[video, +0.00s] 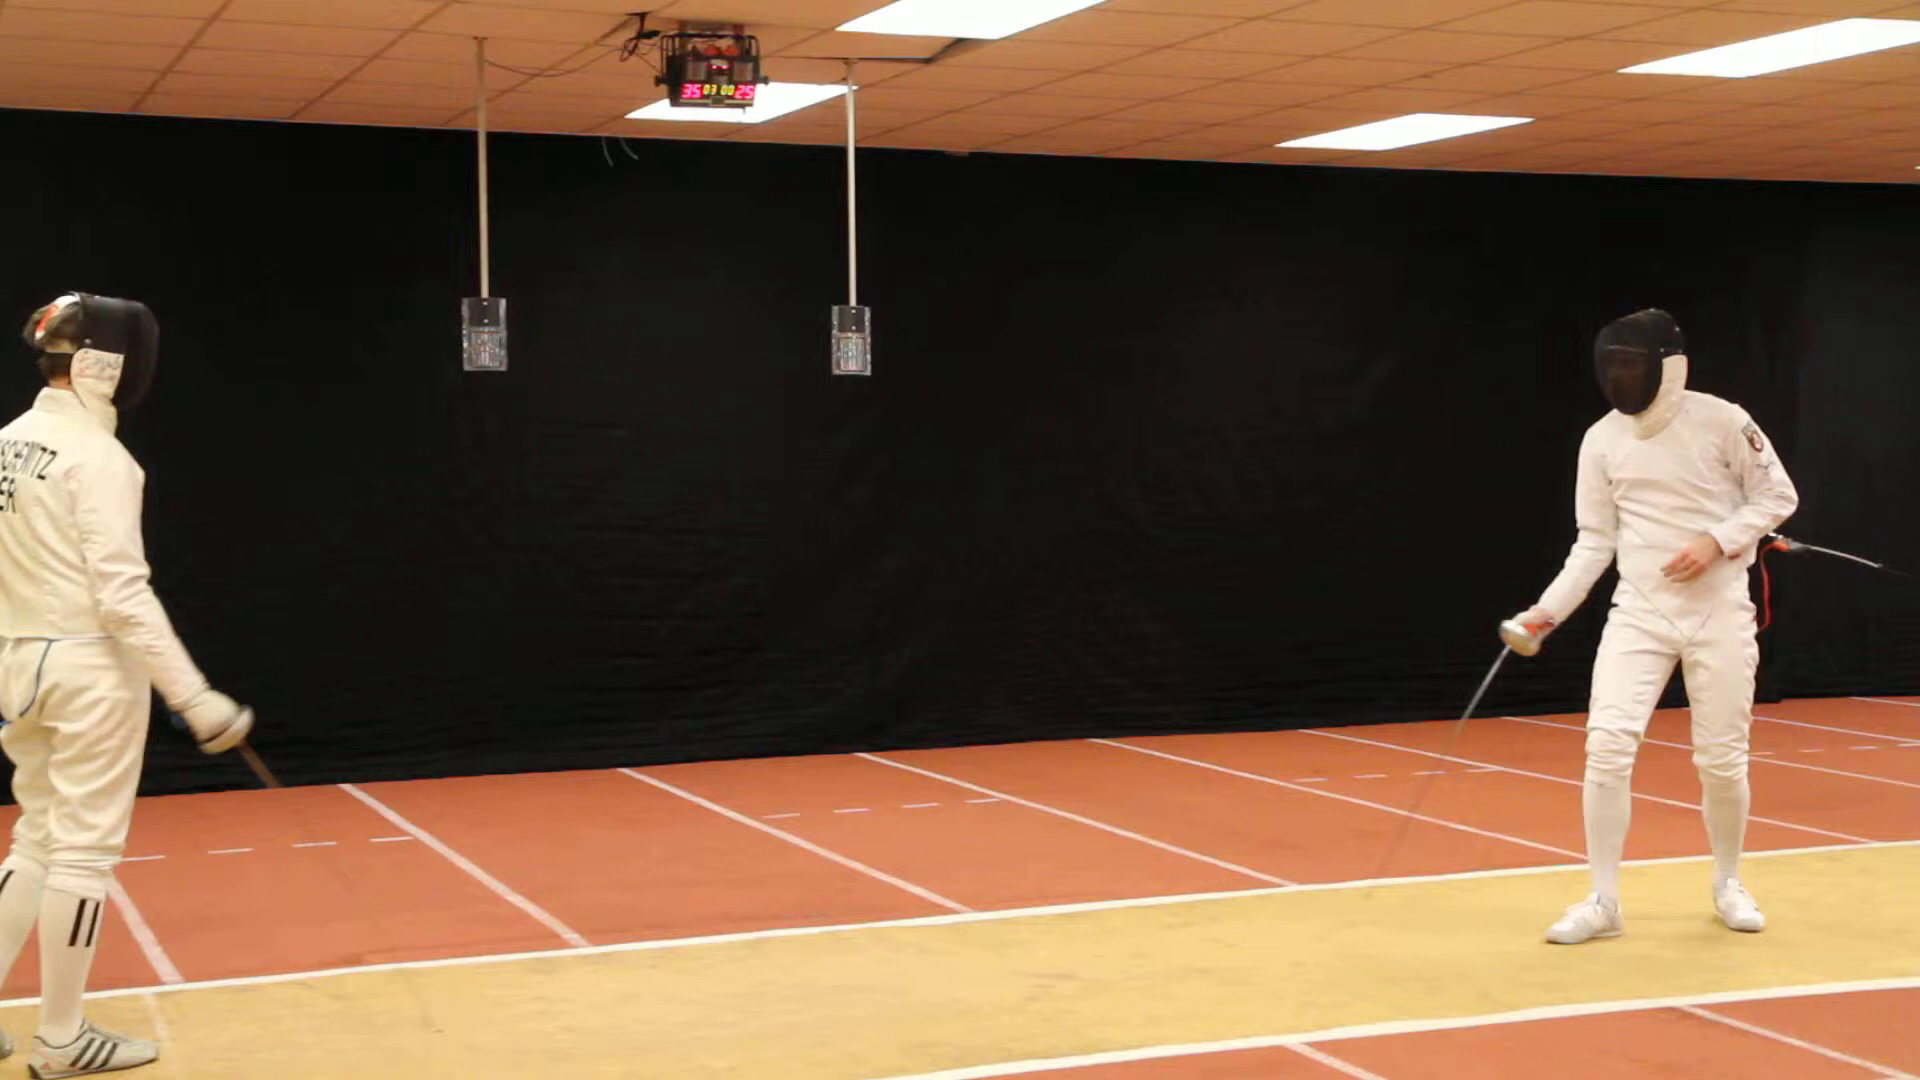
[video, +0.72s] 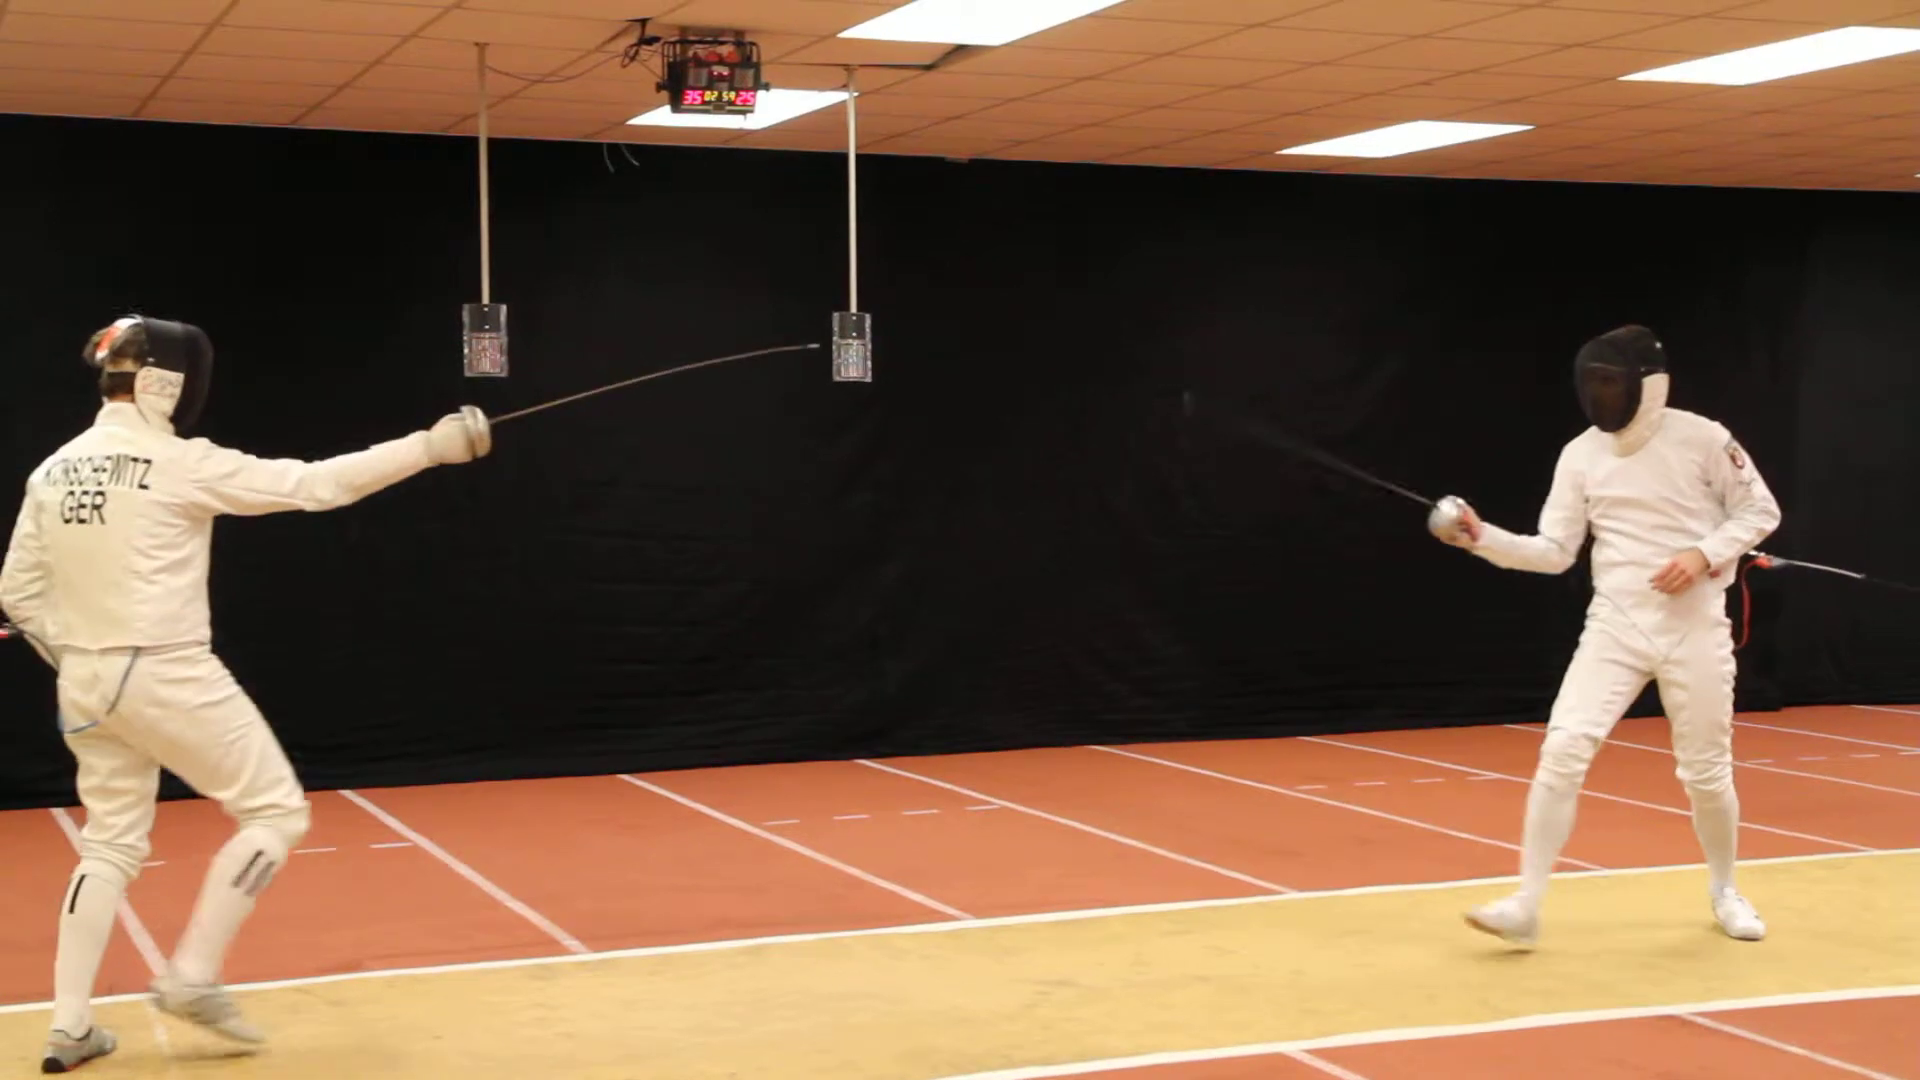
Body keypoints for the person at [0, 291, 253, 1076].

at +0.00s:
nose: (131, 377)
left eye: (129, 362)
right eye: (124, 363)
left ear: (57, 361)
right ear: (99, 366)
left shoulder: (12, 440)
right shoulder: (100, 459)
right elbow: (124, 597)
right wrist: (196, 697)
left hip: (15, 663)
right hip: (88, 667)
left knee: (37, 839)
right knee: (84, 851)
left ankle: (6, 1006)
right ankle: (61, 1036)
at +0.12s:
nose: (139, 386)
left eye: (137, 371)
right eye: (135, 372)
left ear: (61, 366)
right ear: (111, 372)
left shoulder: (16, 446)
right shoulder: (107, 466)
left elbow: (23, 574)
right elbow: (144, 599)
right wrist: (243, 678)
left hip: (19, 669)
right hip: (93, 675)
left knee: (54, 846)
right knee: (84, 857)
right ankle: (59, 1041)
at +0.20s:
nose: (143, 384)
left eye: (139, 370)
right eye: (137, 371)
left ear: (69, 368)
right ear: (109, 372)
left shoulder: (19, 445)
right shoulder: (113, 463)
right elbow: (172, 588)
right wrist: (297, 625)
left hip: (23, 669)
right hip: (97, 673)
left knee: (68, 841)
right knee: (86, 853)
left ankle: (17, 1014)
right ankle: (58, 1041)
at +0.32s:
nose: (148, 383)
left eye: (147, 369)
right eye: (143, 370)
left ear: (73, 366)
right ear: (117, 370)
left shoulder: (23, 447)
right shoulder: (123, 464)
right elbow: (236, 553)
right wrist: (360, 539)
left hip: (31, 671)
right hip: (104, 678)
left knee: (79, 847)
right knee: (88, 855)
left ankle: (61, 1026)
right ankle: (60, 1040)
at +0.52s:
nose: (162, 392)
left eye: (163, 378)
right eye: (160, 378)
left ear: (83, 371)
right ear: (138, 376)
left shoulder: (21, 469)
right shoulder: (151, 456)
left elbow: (11, 598)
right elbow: (288, 474)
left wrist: (62, 660)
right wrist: (412, 444)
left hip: (52, 678)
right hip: (136, 675)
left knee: (92, 845)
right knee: (156, 847)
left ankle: (68, 1027)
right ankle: (73, 1027)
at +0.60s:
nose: (168, 393)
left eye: (169, 380)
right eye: (166, 380)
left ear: (91, 373)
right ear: (144, 378)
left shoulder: (30, 471)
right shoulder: (159, 456)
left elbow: (15, 599)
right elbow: (298, 475)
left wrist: (71, 662)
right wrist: (418, 440)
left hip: (65, 682)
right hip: (150, 675)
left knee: (96, 845)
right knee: (213, 833)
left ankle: (71, 1026)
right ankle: (106, 992)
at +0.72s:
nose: (185, 396)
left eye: (185, 383)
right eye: (181, 383)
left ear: (109, 381)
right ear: (158, 382)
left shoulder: (51, 473)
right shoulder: (180, 462)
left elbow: (19, 589)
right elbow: (319, 484)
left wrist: (80, 661)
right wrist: (434, 444)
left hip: (84, 684)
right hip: (169, 674)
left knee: (109, 846)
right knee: (276, 813)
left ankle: (68, 1025)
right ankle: (192, 979)